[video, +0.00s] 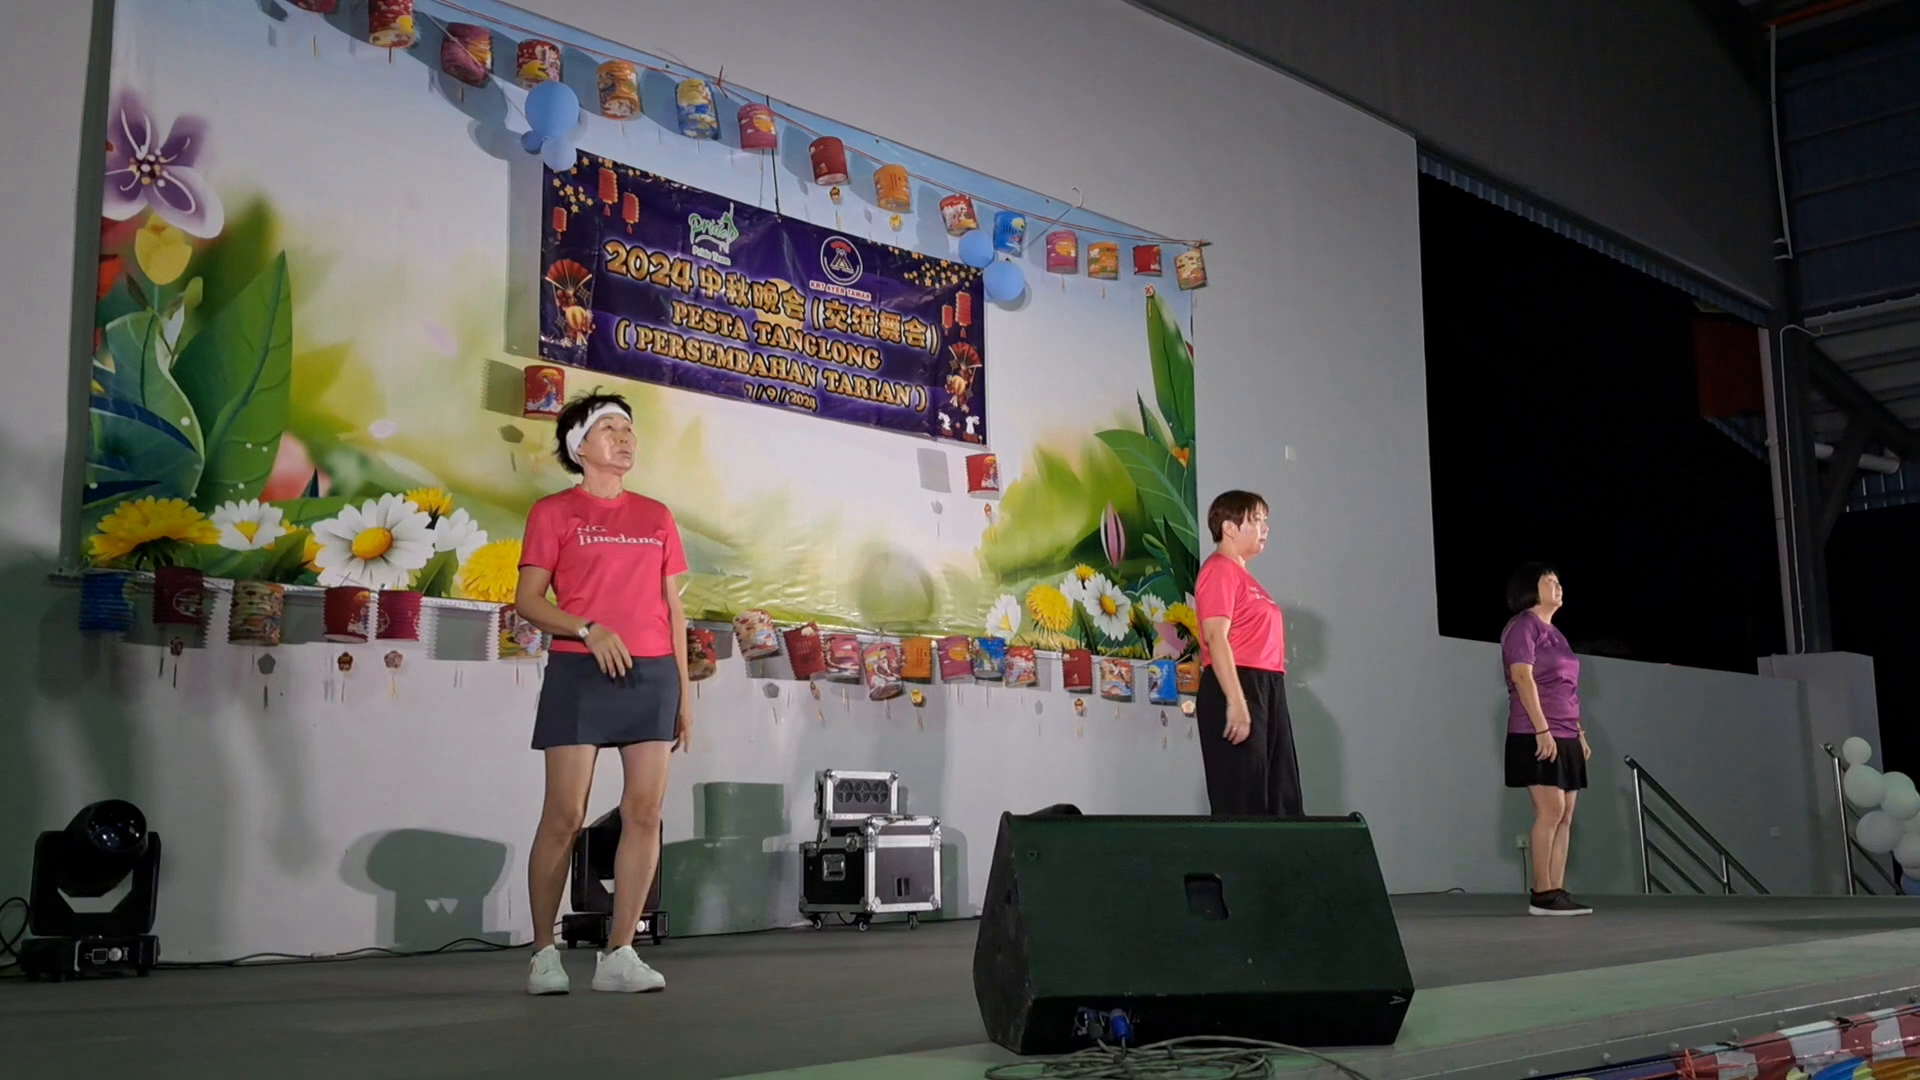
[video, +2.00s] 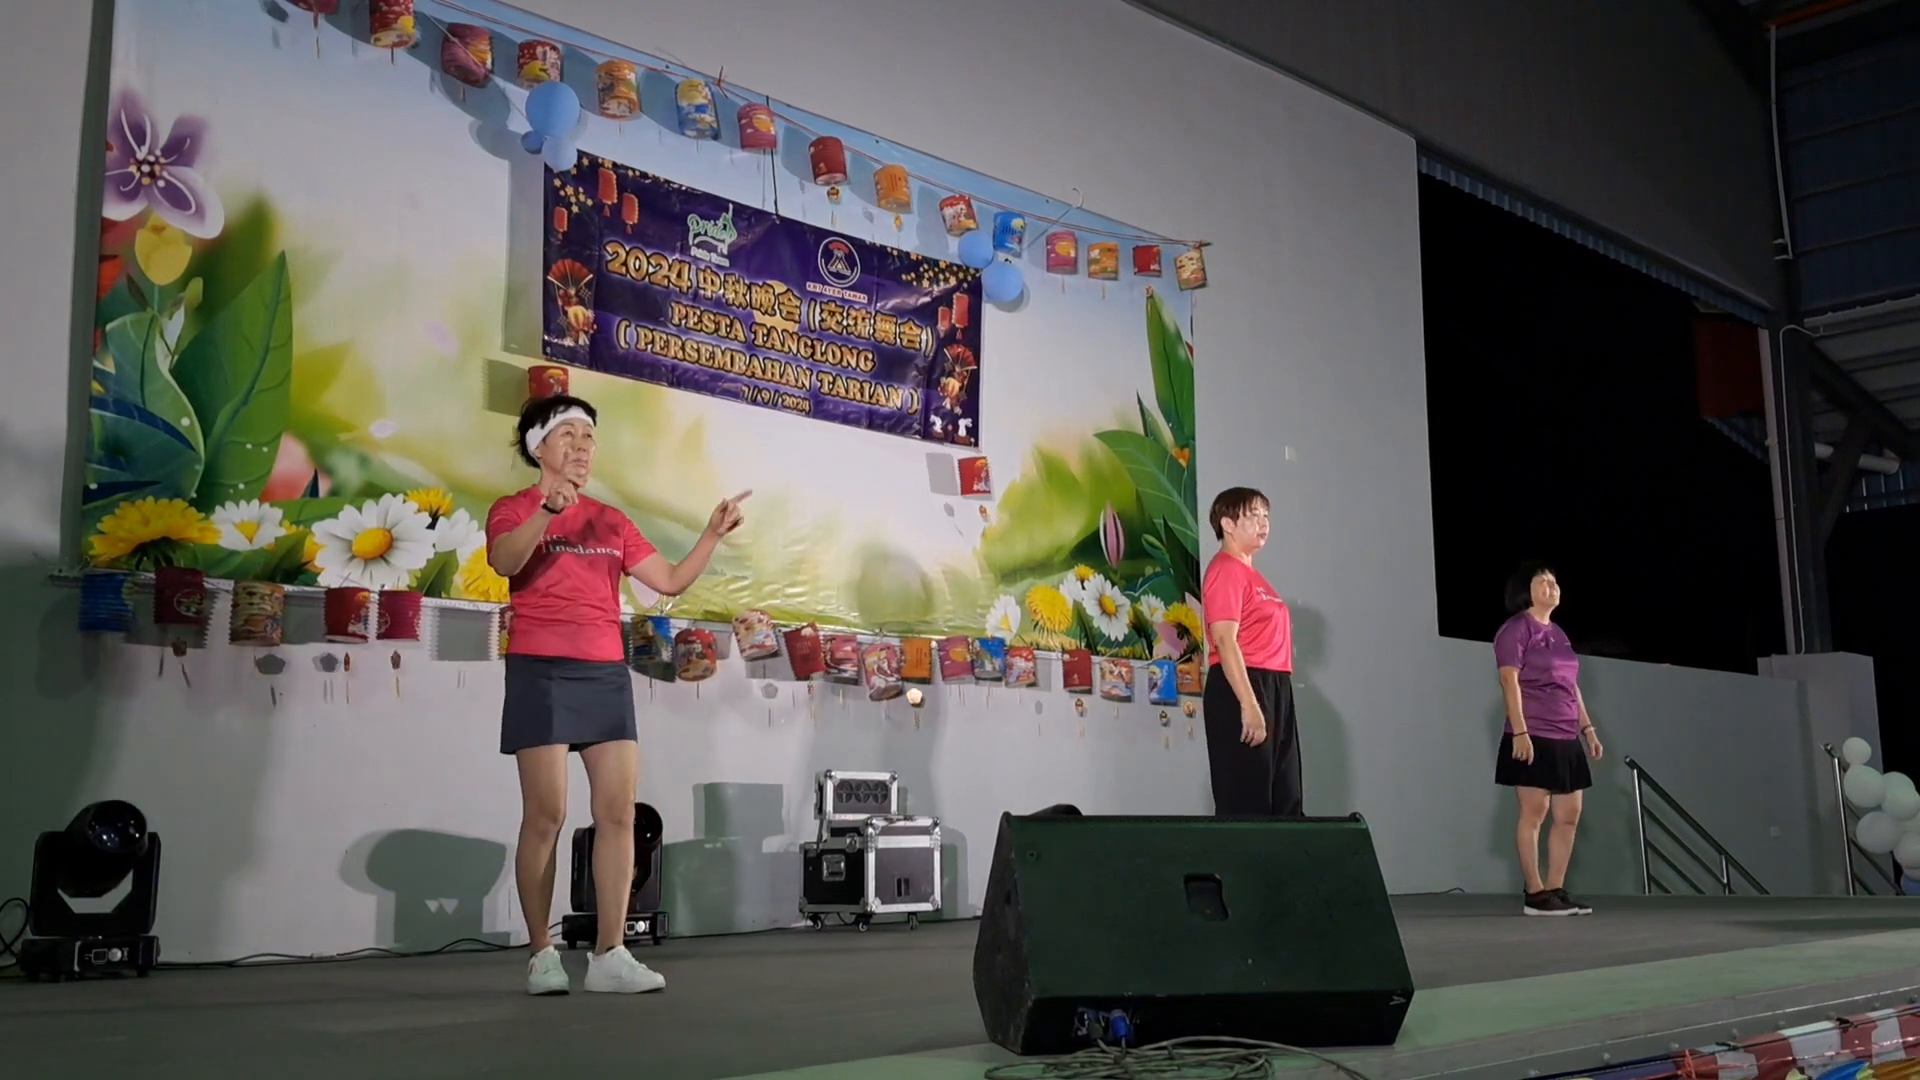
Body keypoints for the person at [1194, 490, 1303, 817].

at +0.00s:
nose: (1265, 530)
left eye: (1265, 522)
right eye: (1257, 521)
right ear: (1229, 527)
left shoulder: (1240, 572)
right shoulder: (1221, 569)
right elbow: (1215, 637)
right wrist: (1236, 701)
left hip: (1268, 687)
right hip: (1240, 687)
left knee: (1282, 792)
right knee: (1243, 797)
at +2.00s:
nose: (1263, 525)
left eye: (1265, 518)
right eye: (1254, 517)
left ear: (1270, 522)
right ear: (1228, 524)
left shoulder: (1248, 570)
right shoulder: (1226, 569)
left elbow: (1251, 639)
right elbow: (1224, 640)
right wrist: (1248, 703)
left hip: (1275, 688)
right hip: (1244, 687)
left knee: (1285, 798)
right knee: (1247, 801)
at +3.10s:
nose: (1263, 528)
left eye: (1267, 520)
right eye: (1252, 519)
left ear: (1272, 525)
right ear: (1227, 525)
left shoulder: (1267, 572)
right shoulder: (1221, 574)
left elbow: (1289, 631)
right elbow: (1216, 635)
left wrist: (1313, 684)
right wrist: (1241, 693)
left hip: (1277, 693)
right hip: (1236, 692)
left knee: (1286, 796)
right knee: (1257, 797)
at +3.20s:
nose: (1260, 531)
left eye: (1265, 523)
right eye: (1251, 522)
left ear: (1270, 529)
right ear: (1226, 528)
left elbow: (1306, 631)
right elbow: (1200, 632)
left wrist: (1345, 675)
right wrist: (1214, 684)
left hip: (1279, 698)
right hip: (1235, 698)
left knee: (1286, 798)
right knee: (1251, 799)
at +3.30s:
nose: (1256, 533)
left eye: (1261, 525)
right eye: (1247, 524)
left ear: (1266, 532)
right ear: (1221, 529)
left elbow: (1320, 626)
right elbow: (1182, 628)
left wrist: (1370, 657)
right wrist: (1179, 677)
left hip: (1277, 696)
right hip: (1227, 695)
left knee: (1282, 793)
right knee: (1229, 794)